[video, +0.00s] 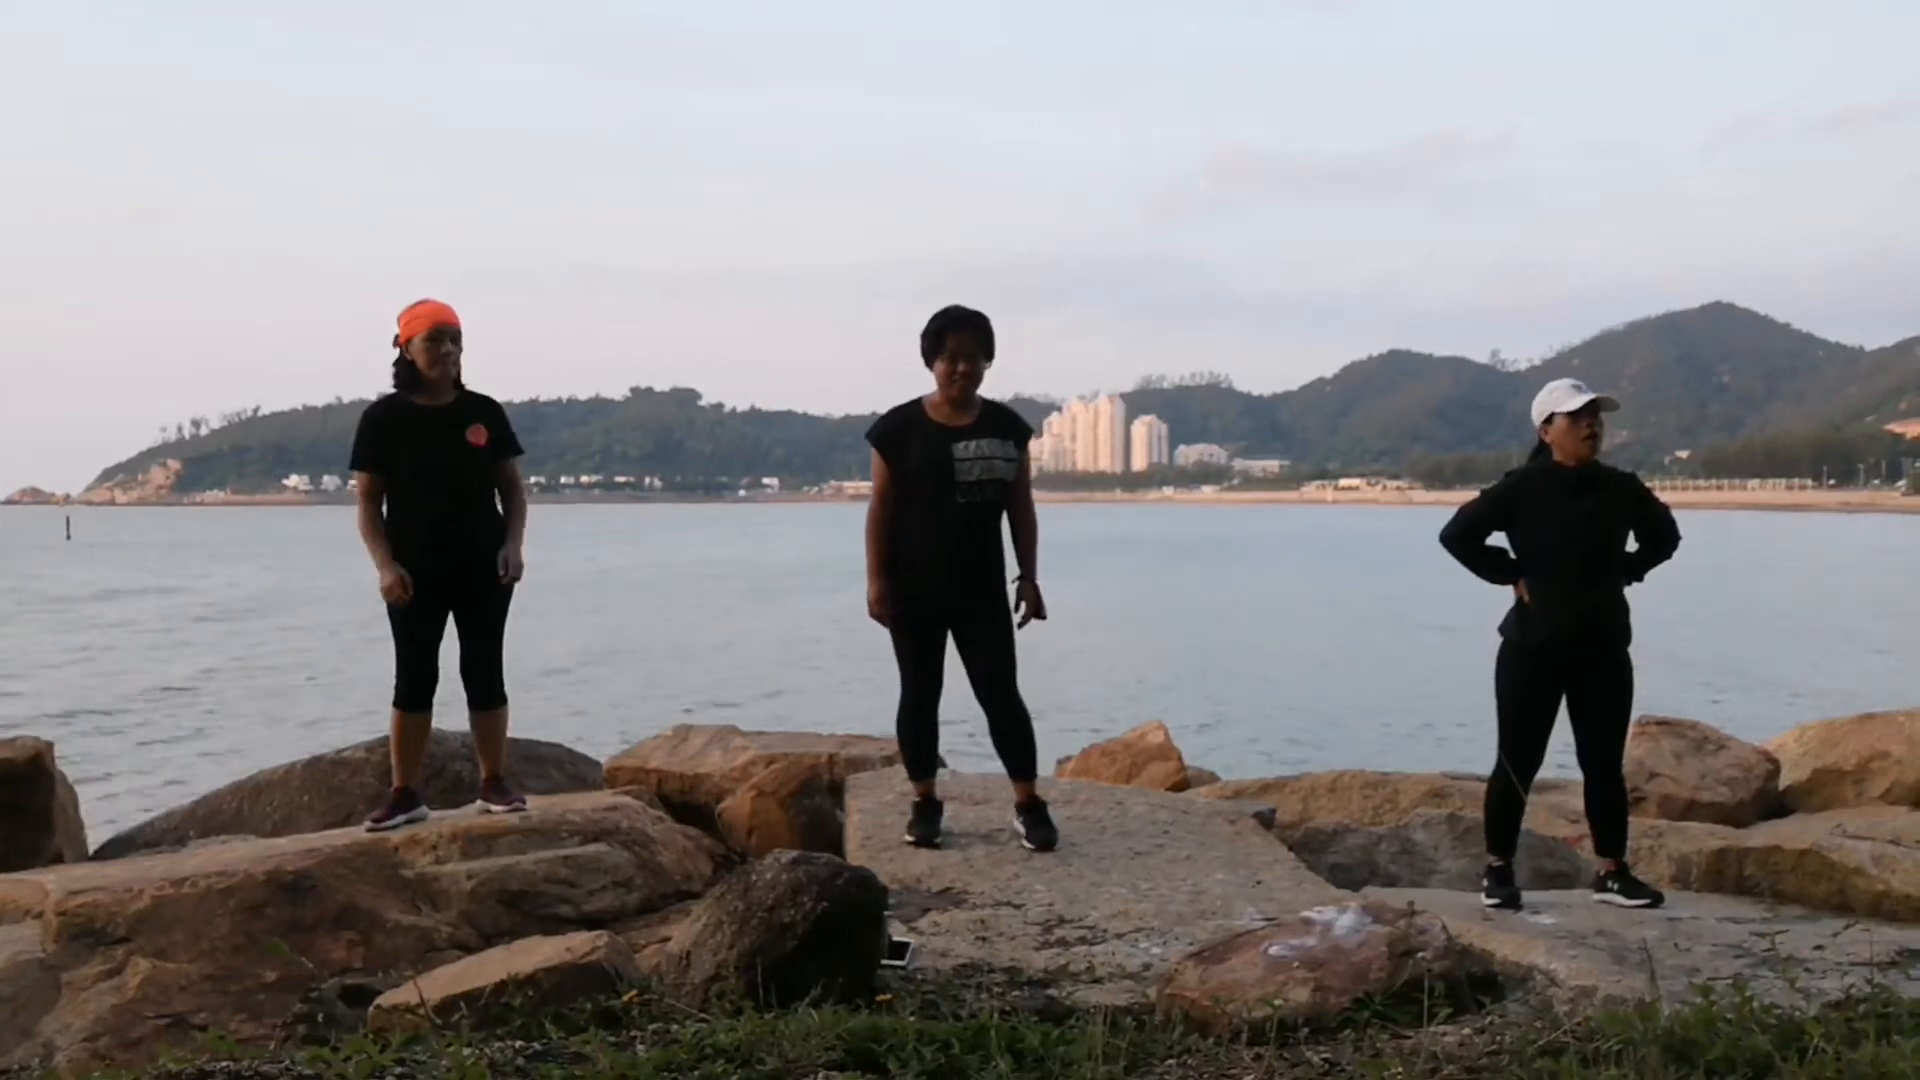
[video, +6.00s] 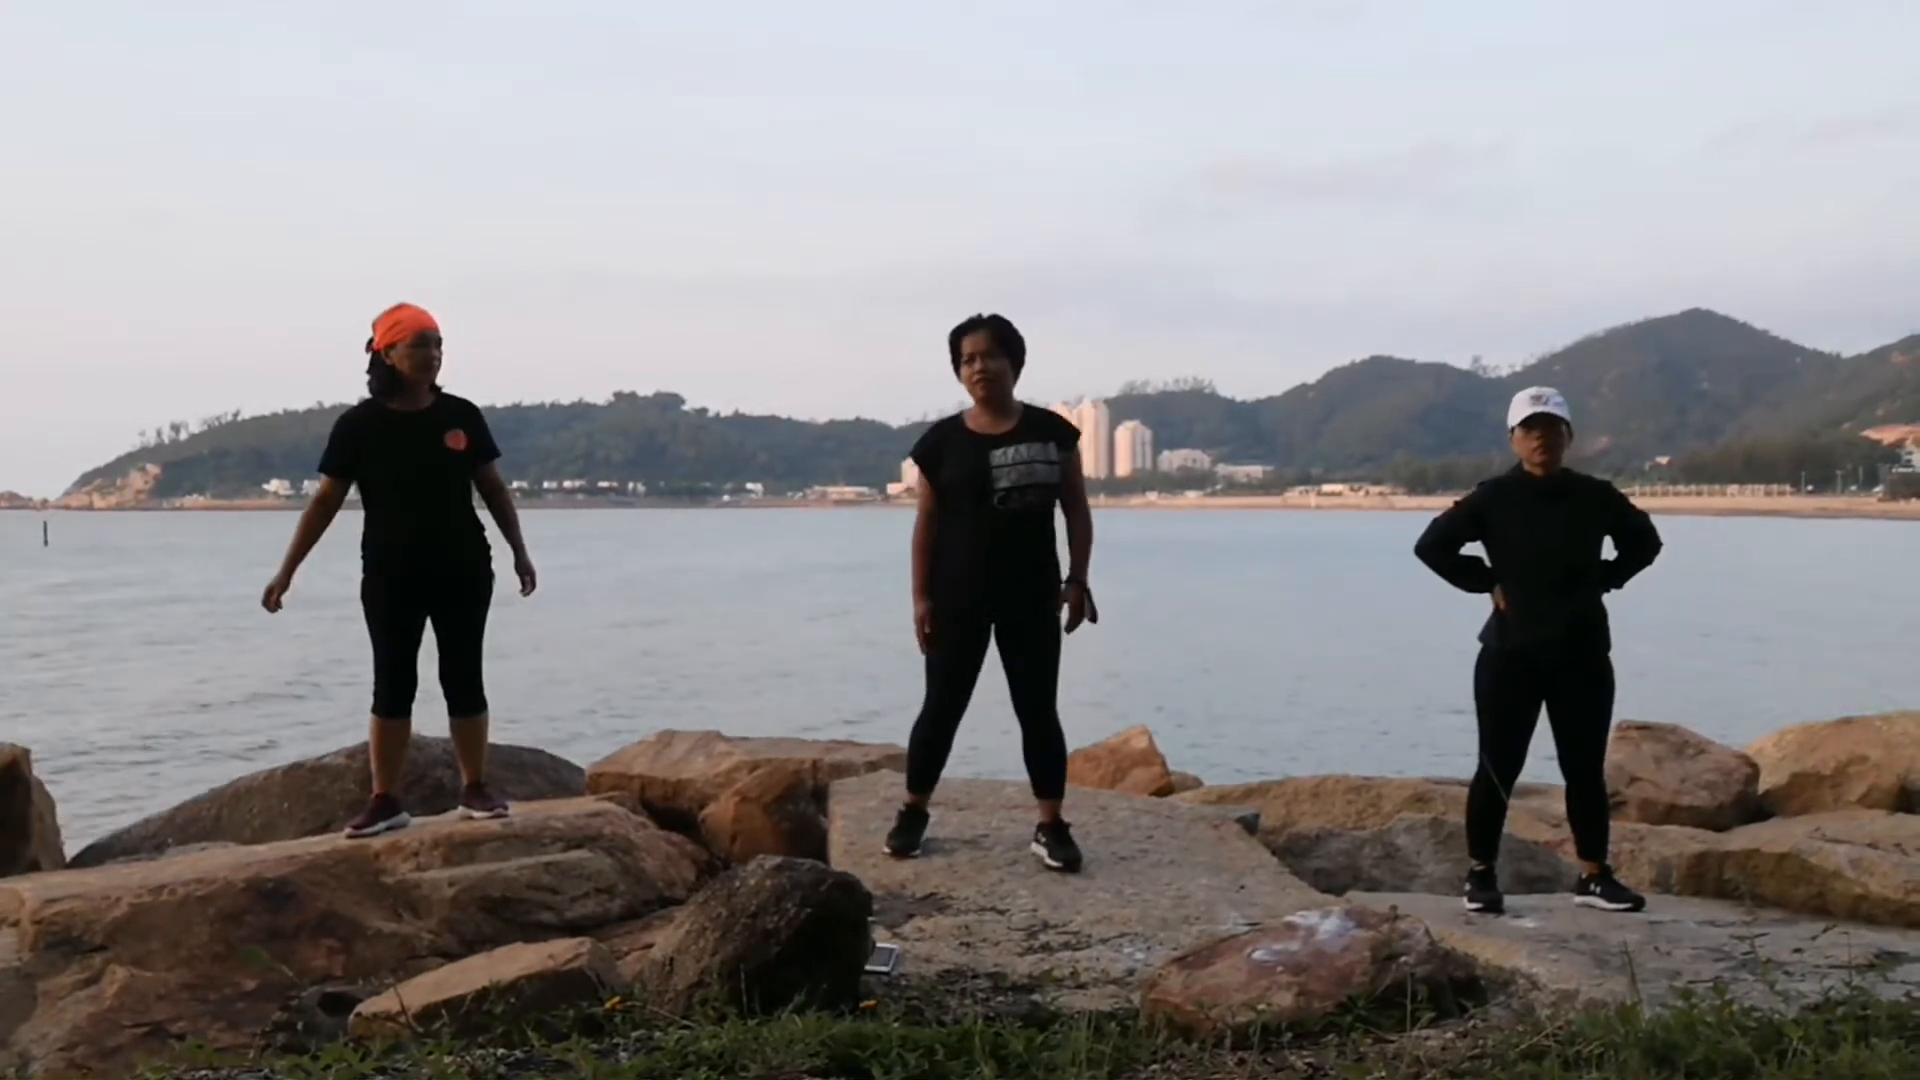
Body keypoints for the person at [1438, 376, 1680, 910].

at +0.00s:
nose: (1594, 427)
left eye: (1595, 418)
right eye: (1581, 419)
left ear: (1596, 423)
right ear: (1548, 431)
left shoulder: (1619, 486)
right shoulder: (1521, 488)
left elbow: (1665, 536)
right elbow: (1456, 536)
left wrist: (1625, 570)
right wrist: (1511, 573)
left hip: (1602, 647)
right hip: (1534, 647)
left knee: (1605, 765)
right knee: (1517, 762)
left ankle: (1612, 871)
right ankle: (1499, 871)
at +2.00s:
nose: (1579, 431)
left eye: (1581, 421)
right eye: (1566, 423)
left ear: (1585, 425)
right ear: (1535, 434)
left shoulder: (1611, 490)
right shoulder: (1512, 493)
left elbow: (1660, 537)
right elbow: (1449, 543)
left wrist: (1621, 572)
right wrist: (1507, 577)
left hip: (1597, 650)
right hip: (1529, 650)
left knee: (1600, 767)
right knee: (1512, 765)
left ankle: (1608, 873)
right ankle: (1494, 872)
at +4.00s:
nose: (1580, 433)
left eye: (1583, 423)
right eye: (1567, 424)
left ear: (1588, 429)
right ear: (1537, 435)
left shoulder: (1610, 492)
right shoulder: (1511, 493)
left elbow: (1657, 542)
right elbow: (1447, 541)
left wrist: (1613, 578)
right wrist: (1502, 578)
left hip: (1593, 651)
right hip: (1524, 650)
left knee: (1595, 769)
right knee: (1507, 766)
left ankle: (1602, 874)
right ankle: (1489, 874)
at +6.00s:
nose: (1541, 439)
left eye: (1551, 429)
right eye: (1530, 429)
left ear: (1567, 436)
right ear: (1513, 438)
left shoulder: (1594, 495)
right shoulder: (1493, 498)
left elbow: (1645, 542)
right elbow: (1431, 547)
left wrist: (1603, 578)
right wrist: (1487, 581)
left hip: (1581, 653)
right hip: (1512, 653)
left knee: (1586, 770)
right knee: (1498, 768)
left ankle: (1594, 875)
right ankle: (1481, 874)